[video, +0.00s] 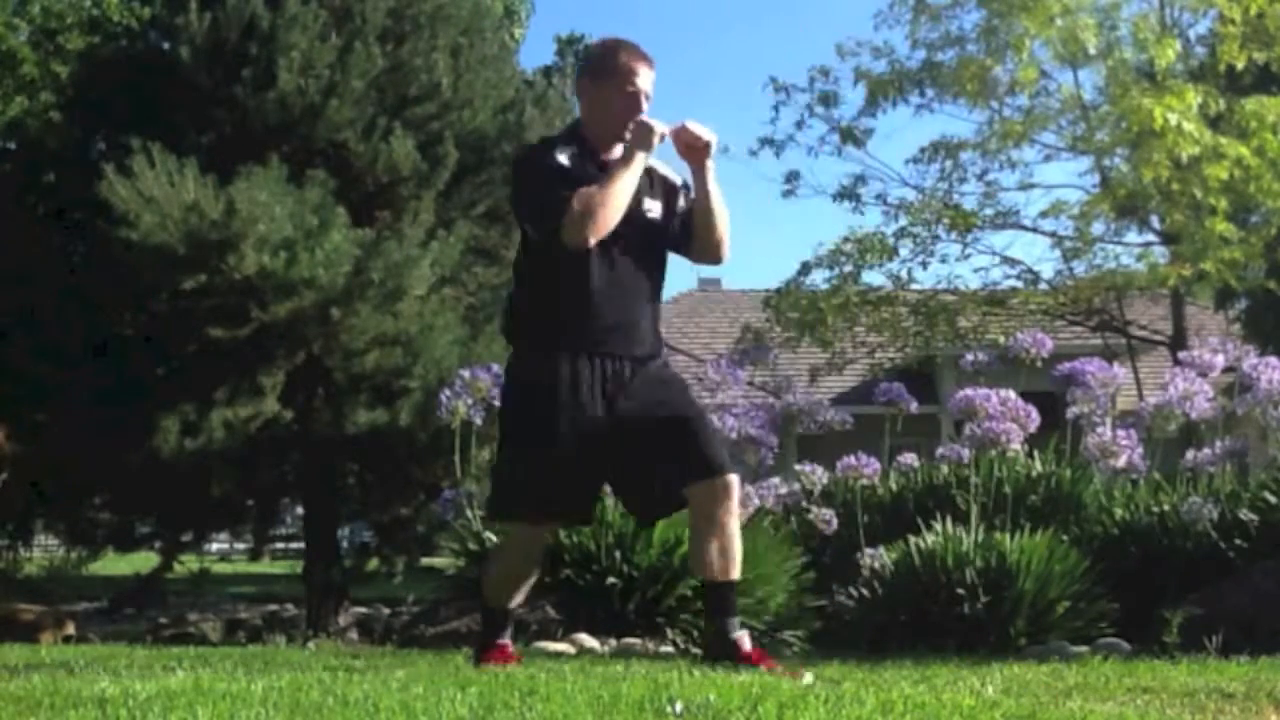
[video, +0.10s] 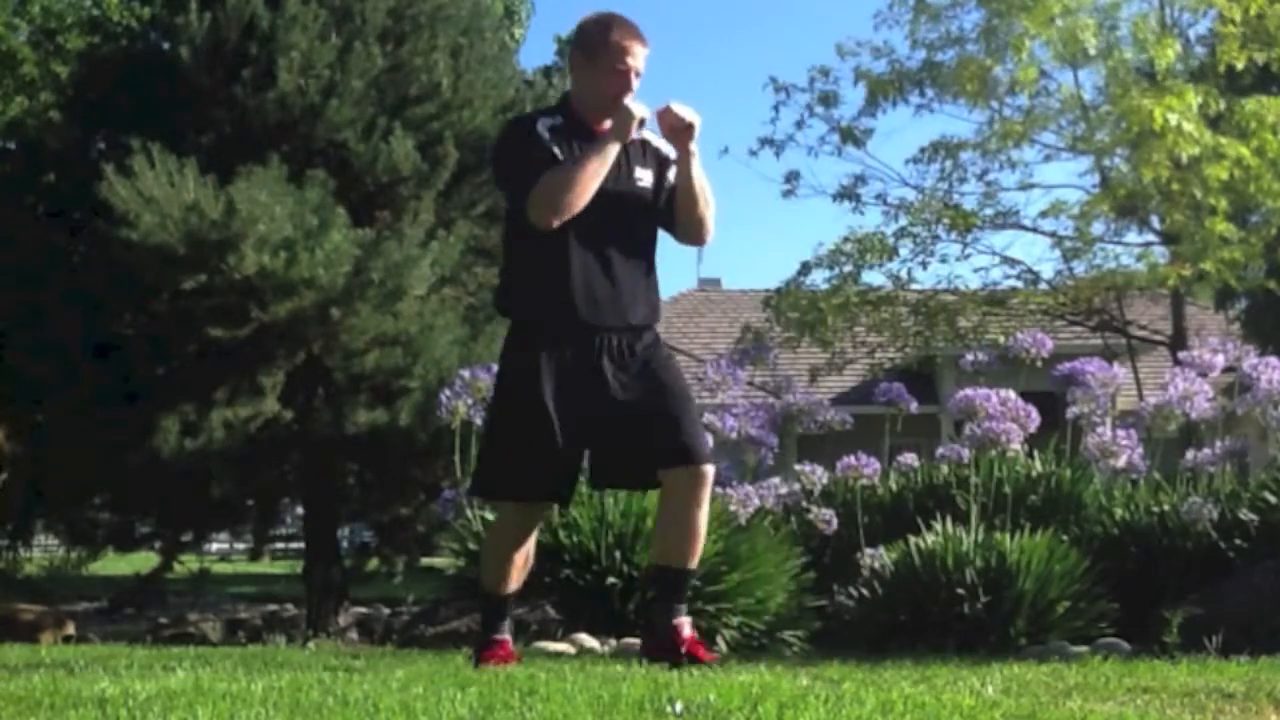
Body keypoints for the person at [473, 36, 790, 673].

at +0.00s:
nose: (641, 105)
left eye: (647, 95)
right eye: (628, 92)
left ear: (649, 101)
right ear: (585, 91)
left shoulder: (657, 183)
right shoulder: (541, 163)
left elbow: (710, 250)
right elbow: (584, 228)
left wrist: (703, 170)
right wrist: (636, 157)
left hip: (643, 367)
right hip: (555, 367)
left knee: (718, 483)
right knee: (531, 521)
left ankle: (727, 638)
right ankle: (493, 640)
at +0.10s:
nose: (630, 77)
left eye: (637, 68)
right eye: (617, 64)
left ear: (644, 76)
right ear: (576, 62)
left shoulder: (650, 151)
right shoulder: (529, 136)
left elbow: (696, 231)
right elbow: (549, 209)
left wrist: (687, 153)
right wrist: (611, 140)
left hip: (637, 346)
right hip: (547, 347)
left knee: (691, 469)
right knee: (523, 501)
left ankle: (667, 625)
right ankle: (495, 636)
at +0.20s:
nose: (626, 60)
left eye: (634, 52)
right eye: (613, 47)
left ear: (641, 61)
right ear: (574, 49)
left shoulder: (652, 132)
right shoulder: (529, 117)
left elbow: (697, 219)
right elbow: (522, 195)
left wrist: (688, 142)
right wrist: (593, 131)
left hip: (634, 328)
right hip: (544, 328)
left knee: (654, 477)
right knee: (519, 488)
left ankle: (619, 624)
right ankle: (500, 629)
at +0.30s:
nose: (624, 77)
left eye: (632, 69)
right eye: (613, 64)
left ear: (638, 78)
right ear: (574, 61)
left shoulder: (654, 151)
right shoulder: (525, 135)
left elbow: (707, 231)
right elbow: (508, 204)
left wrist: (694, 155)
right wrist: (583, 138)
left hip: (625, 341)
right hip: (536, 337)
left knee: (623, 493)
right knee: (515, 490)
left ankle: (608, 633)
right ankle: (516, 630)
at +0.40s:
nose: (622, 92)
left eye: (632, 84)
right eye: (610, 78)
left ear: (640, 94)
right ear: (574, 77)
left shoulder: (652, 170)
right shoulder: (524, 148)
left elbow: (705, 248)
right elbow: (500, 222)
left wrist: (687, 166)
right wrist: (576, 155)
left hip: (619, 357)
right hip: (530, 350)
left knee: (621, 504)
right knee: (489, 489)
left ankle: (604, 642)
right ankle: (514, 631)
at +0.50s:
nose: (611, 77)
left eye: (620, 69)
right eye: (598, 64)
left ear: (627, 79)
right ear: (562, 68)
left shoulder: (641, 155)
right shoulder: (514, 136)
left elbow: (685, 235)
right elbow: (495, 213)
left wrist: (670, 151)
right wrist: (571, 146)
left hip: (605, 348)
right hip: (515, 342)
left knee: (614, 502)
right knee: (471, 483)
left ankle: (605, 641)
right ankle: (487, 619)